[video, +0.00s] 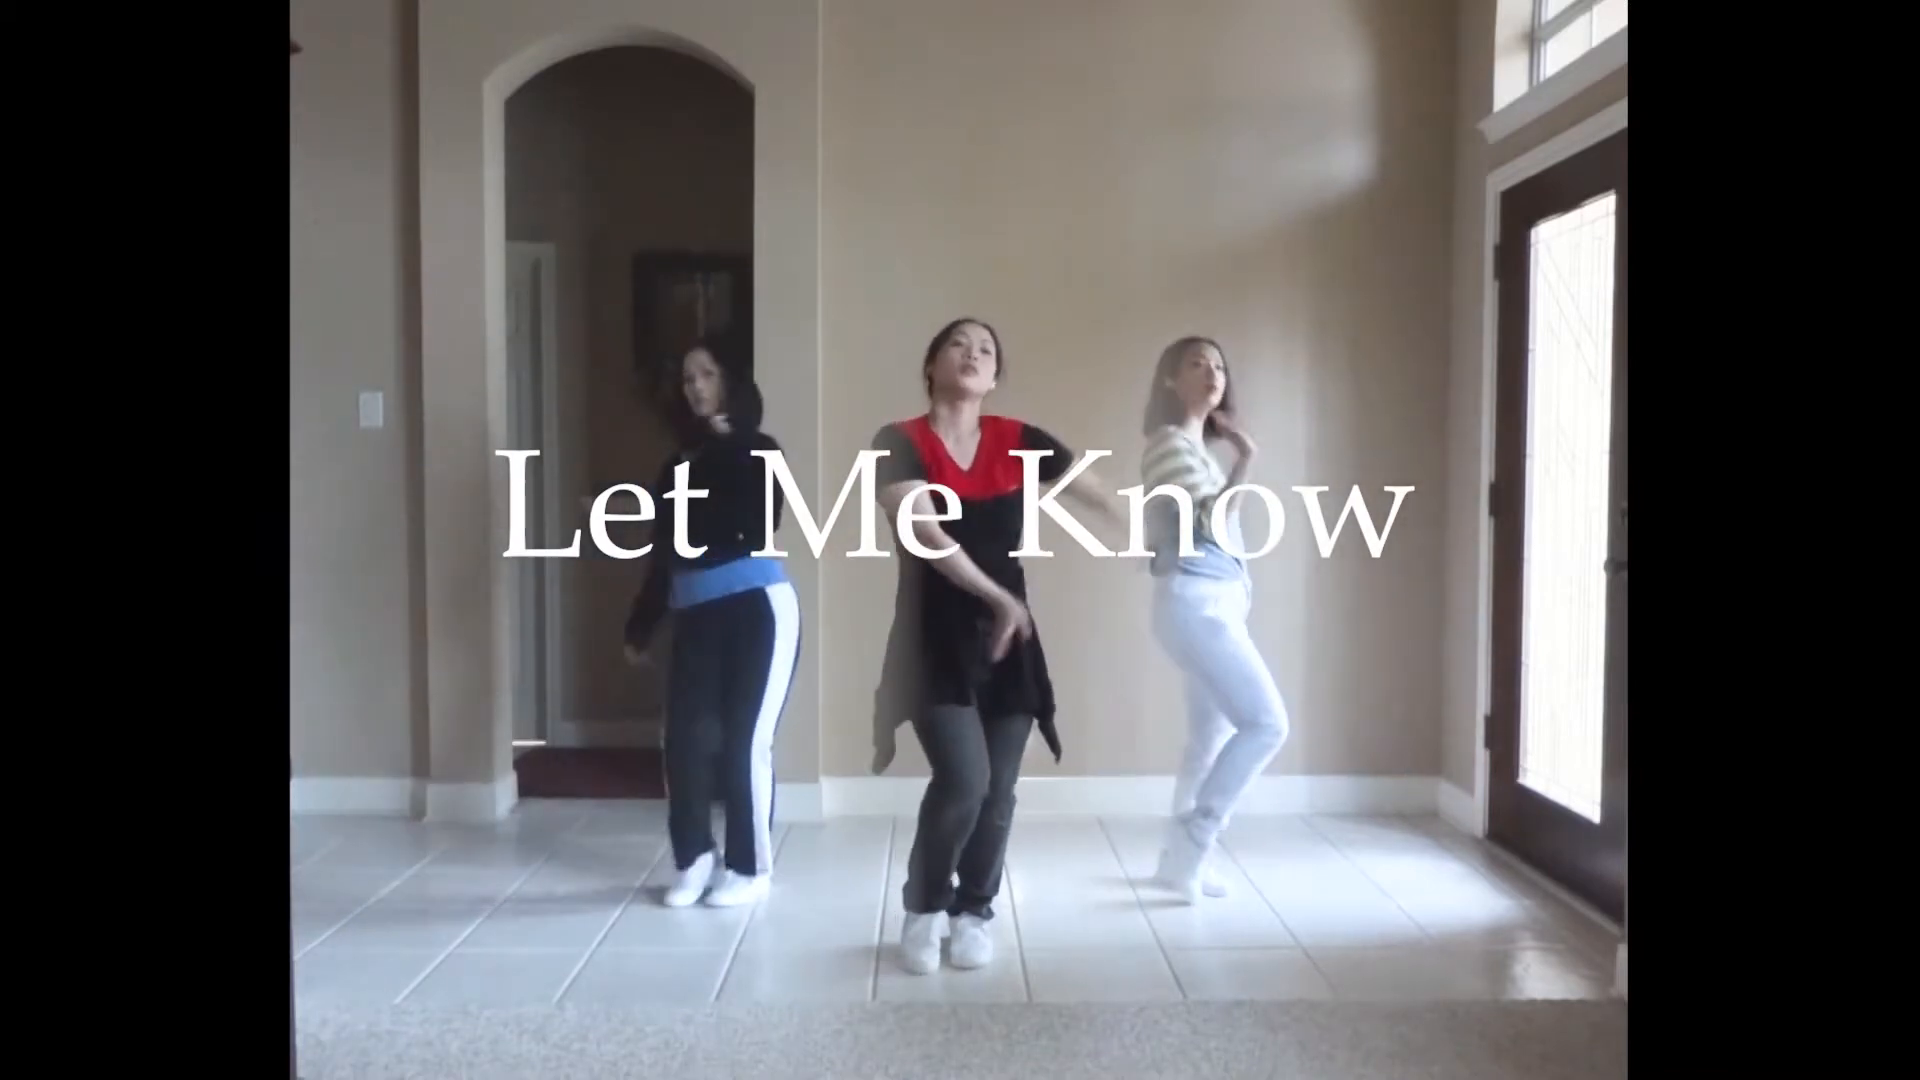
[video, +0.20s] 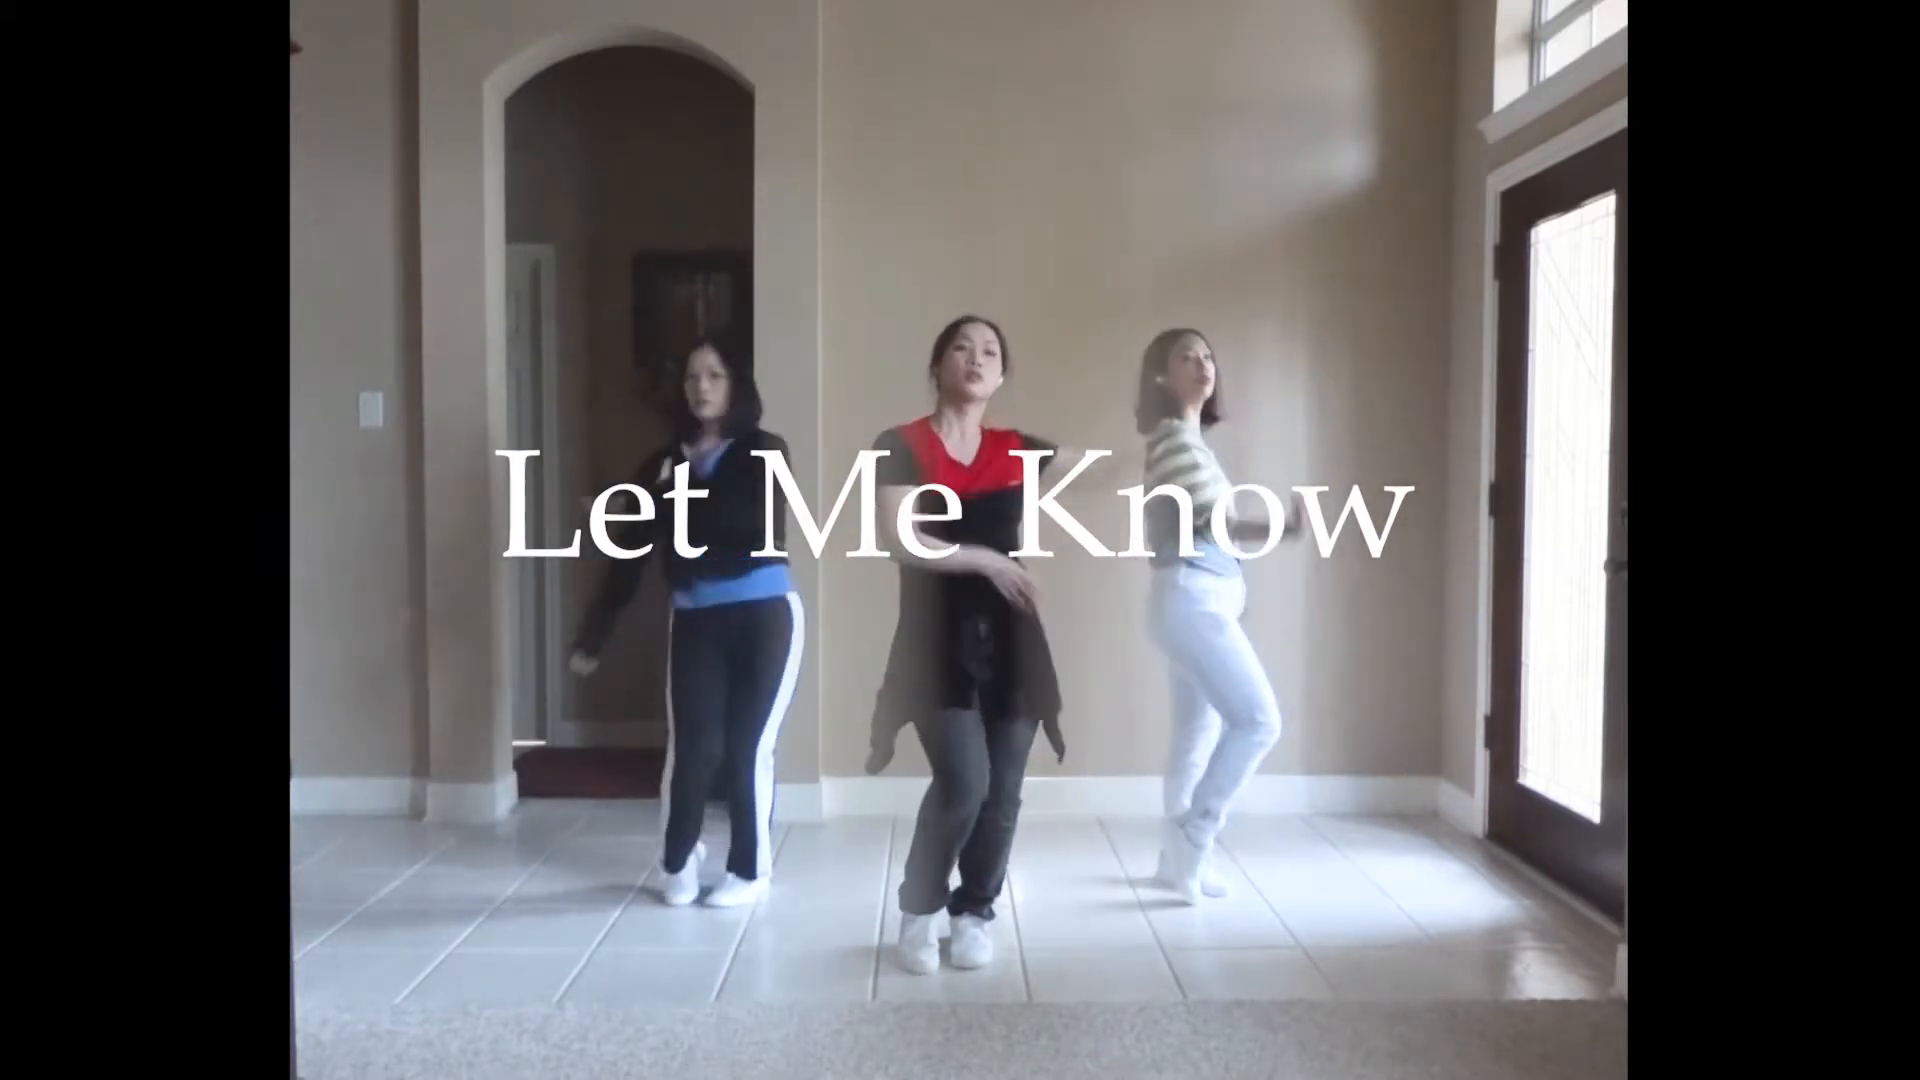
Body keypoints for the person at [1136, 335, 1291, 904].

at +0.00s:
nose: (1211, 373)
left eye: (1218, 367)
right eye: (1197, 364)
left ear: (1224, 387)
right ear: (1170, 379)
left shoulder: (1205, 447)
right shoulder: (1170, 444)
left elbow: (1207, 526)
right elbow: (1205, 518)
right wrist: (1243, 462)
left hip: (1222, 599)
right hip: (1192, 602)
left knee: (1204, 737)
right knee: (1267, 725)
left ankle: (1184, 857)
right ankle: (1189, 846)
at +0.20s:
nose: (1204, 365)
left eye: (1208, 358)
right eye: (1189, 358)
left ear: (1215, 375)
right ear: (1161, 377)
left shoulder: (1188, 440)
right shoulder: (1177, 441)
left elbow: (1213, 524)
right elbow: (1220, 520)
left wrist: (1279, 520)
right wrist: (1286, 515)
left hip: (1200, 596)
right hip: (1189, 598)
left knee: (1193, 731)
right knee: (1257, 722)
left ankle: (1179, 857)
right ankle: (1191, 845)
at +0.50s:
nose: (1202, 375)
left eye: (1204, 365)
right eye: (1187, 368)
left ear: (1208, 373)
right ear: (1160, 384)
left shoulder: (1151, 439)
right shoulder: (1206, 435)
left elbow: (1199, 462)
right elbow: (1235, 521)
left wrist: (1237, 429)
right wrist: (1268, 596)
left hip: (1169, 593)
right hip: (1195, 597)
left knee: (1195, 731)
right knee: (1233, 735)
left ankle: (1189, 851)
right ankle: (1161, 844)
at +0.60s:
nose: (1201, 380)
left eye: (1204, 370)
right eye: (1185, 371)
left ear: (1209, 381)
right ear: (1157, 386)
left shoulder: (1193, 433)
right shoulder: (1182, 435)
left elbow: (1244, 472)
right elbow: (1220, 513)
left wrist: (1226, 412)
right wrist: (1256, 569)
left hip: (1210, 602)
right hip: (1177, 604)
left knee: (1213, 734)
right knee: (1221, 737)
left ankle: (1187, 848)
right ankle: (1160, 846)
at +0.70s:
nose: (1197, 384)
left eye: (1204, 374)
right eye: (1182, 374)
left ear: (1212, 385)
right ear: (1155, 384)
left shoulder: (1201, 449)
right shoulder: (1148, 433)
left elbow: (1262, 503)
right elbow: (1203, 497)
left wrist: (1255, 449)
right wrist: (1237, 506)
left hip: (1221, 606)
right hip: (1172, 606)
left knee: (1220, 734)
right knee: (1215, 735)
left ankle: (1190, 848)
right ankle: (1157, 846)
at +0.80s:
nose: (1197, 397)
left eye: (1205, 386)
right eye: (1184, 387)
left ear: (1217, 394)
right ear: (1158, 394)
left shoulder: (1228, 462)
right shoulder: (1141, 450)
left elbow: (1251, 537)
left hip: (1226, 604)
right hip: (1170, 605)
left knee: (1223, 733)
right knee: (1213, 734)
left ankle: (1191, 849)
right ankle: (1157, 847)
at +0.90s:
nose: (1198, 406)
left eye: (1206, 393)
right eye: (1185, 396)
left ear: (1218, 399)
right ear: (1159, 403)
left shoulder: (1234, 468)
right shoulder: (1136, 447)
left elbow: (1260, 549)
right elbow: (1113, 425)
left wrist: (1318, 586)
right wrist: (1100, 404)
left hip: (1229, 613)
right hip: (1165, 613)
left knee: (1228, 742)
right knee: (1203, 738)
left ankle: (1190, 855)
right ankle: (1152, 854)